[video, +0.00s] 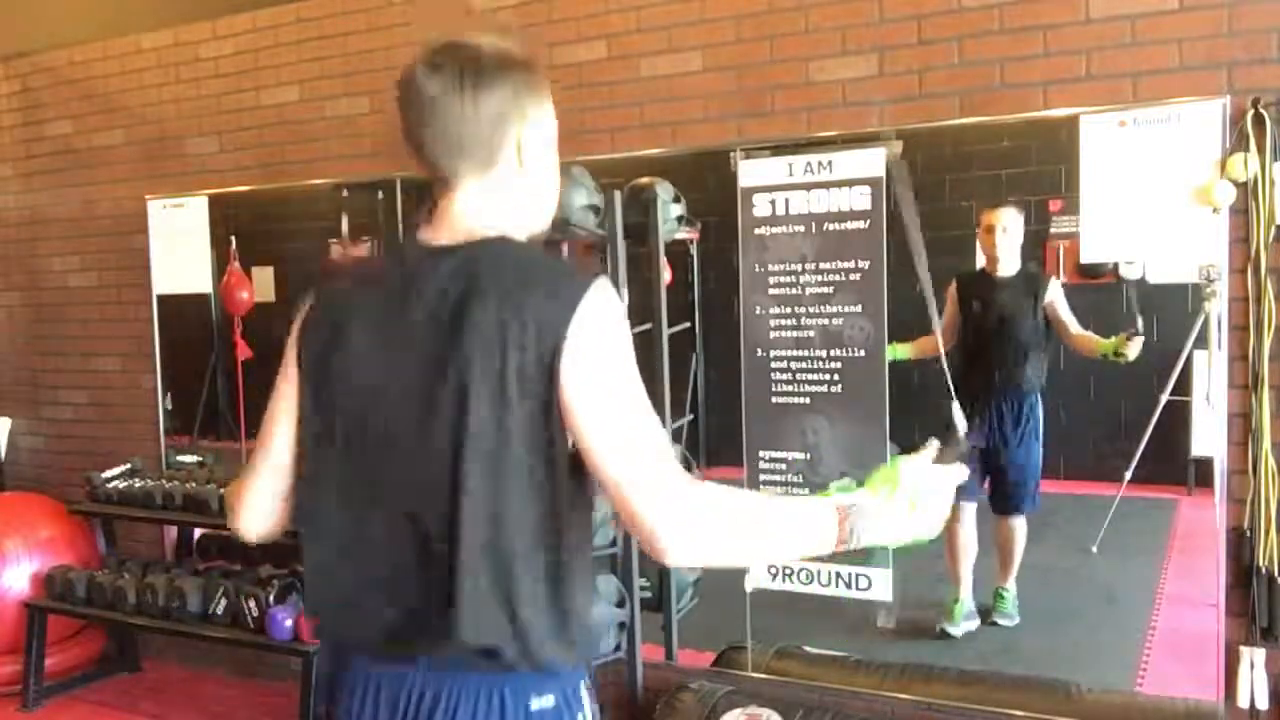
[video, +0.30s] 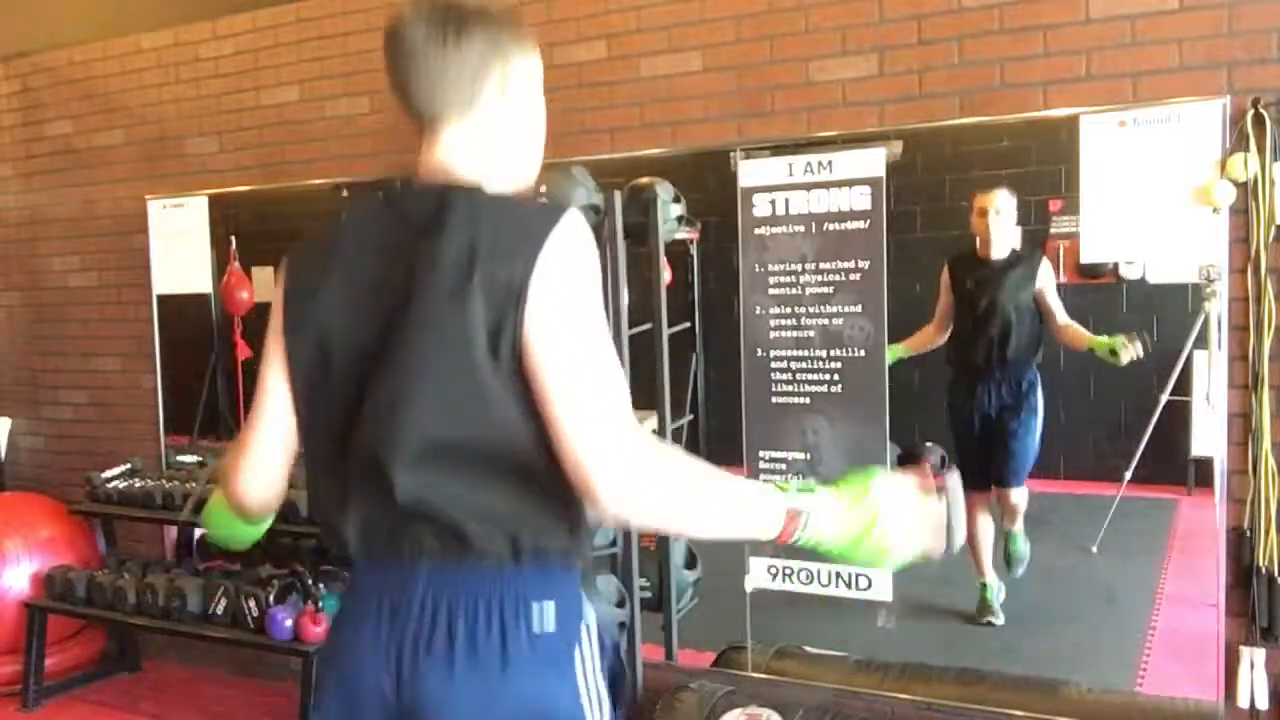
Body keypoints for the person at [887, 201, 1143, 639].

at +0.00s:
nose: (995, 239)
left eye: (1004, 231)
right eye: (989, 230)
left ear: (1021, 236)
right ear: (978, 236)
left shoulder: (1043, 288)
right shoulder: (961, 288)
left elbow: (1075, 337)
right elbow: (943, 341)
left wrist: (1110, 347)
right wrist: (895, 350)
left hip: (1021, 406)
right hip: (968, 404)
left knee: (1011, 506)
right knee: (960, 505)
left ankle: (1006, 592)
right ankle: (962, 603)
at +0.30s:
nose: (986, 221)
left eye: (995, 213)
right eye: (980, 212)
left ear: (1013, 219)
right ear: (971, 218)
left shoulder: (1035, 267)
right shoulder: (956, 269)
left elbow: (1061, 326)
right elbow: (938, 329)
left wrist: (1101, 344)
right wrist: (894, 351)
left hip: (1020, 386)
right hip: (969, 387)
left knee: (1009, 492)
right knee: (976, 495)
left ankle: (1012, 532)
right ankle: (987, 586)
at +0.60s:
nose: (989, 203)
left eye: (998, 196)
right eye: (983, 195)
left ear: (1014, 203)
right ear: (973, 202)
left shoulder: (1035, 253)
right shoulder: (954, 257)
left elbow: (1062, 315)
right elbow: (933, 319)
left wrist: (1103, 352)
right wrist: (898, 360)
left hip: (1021, 372)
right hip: (972, 372)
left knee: (1011, 469)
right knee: (982, 476)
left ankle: (1016, 565)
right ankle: (992, 574)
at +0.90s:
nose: (994, 213)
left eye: (1003, 205)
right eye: (988, 204)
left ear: (1020, 212)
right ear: (976, 211)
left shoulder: (1040, 263)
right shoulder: (959, 260)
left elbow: (1065, 322)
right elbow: (937, 320)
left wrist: (1102, 347)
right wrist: (899, 348)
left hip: (1026, 378)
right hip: (976, 378)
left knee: (1016, 479)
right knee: (985, 485)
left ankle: (1009, 584)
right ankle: (999, 580)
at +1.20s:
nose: (999, 236)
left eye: (1009, 228)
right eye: (993, 227)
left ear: (1027, 235)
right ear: (983, 233)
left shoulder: (1047, 286)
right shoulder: (967, 286)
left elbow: (1078, 339)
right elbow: (946, 340)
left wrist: (1111, 349)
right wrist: (905, 349)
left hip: (1025, 402)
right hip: (977, 400)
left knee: (1018, 505)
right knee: (978, 500)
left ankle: (1014, 596)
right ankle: (1002, 550)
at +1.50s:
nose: (997, 220)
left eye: (1006, 212)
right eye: (990, 212)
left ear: (1023, 218)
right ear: (979, 219)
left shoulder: (1045, 270)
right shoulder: (965, 270)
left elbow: (1068, 329)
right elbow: (946, 328)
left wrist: (1105, 351)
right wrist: (903, 351)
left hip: (1021, 390)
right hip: (971, 388)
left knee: (1012, 492)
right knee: (965, 491)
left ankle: (1010, 590)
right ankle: (966, 593)